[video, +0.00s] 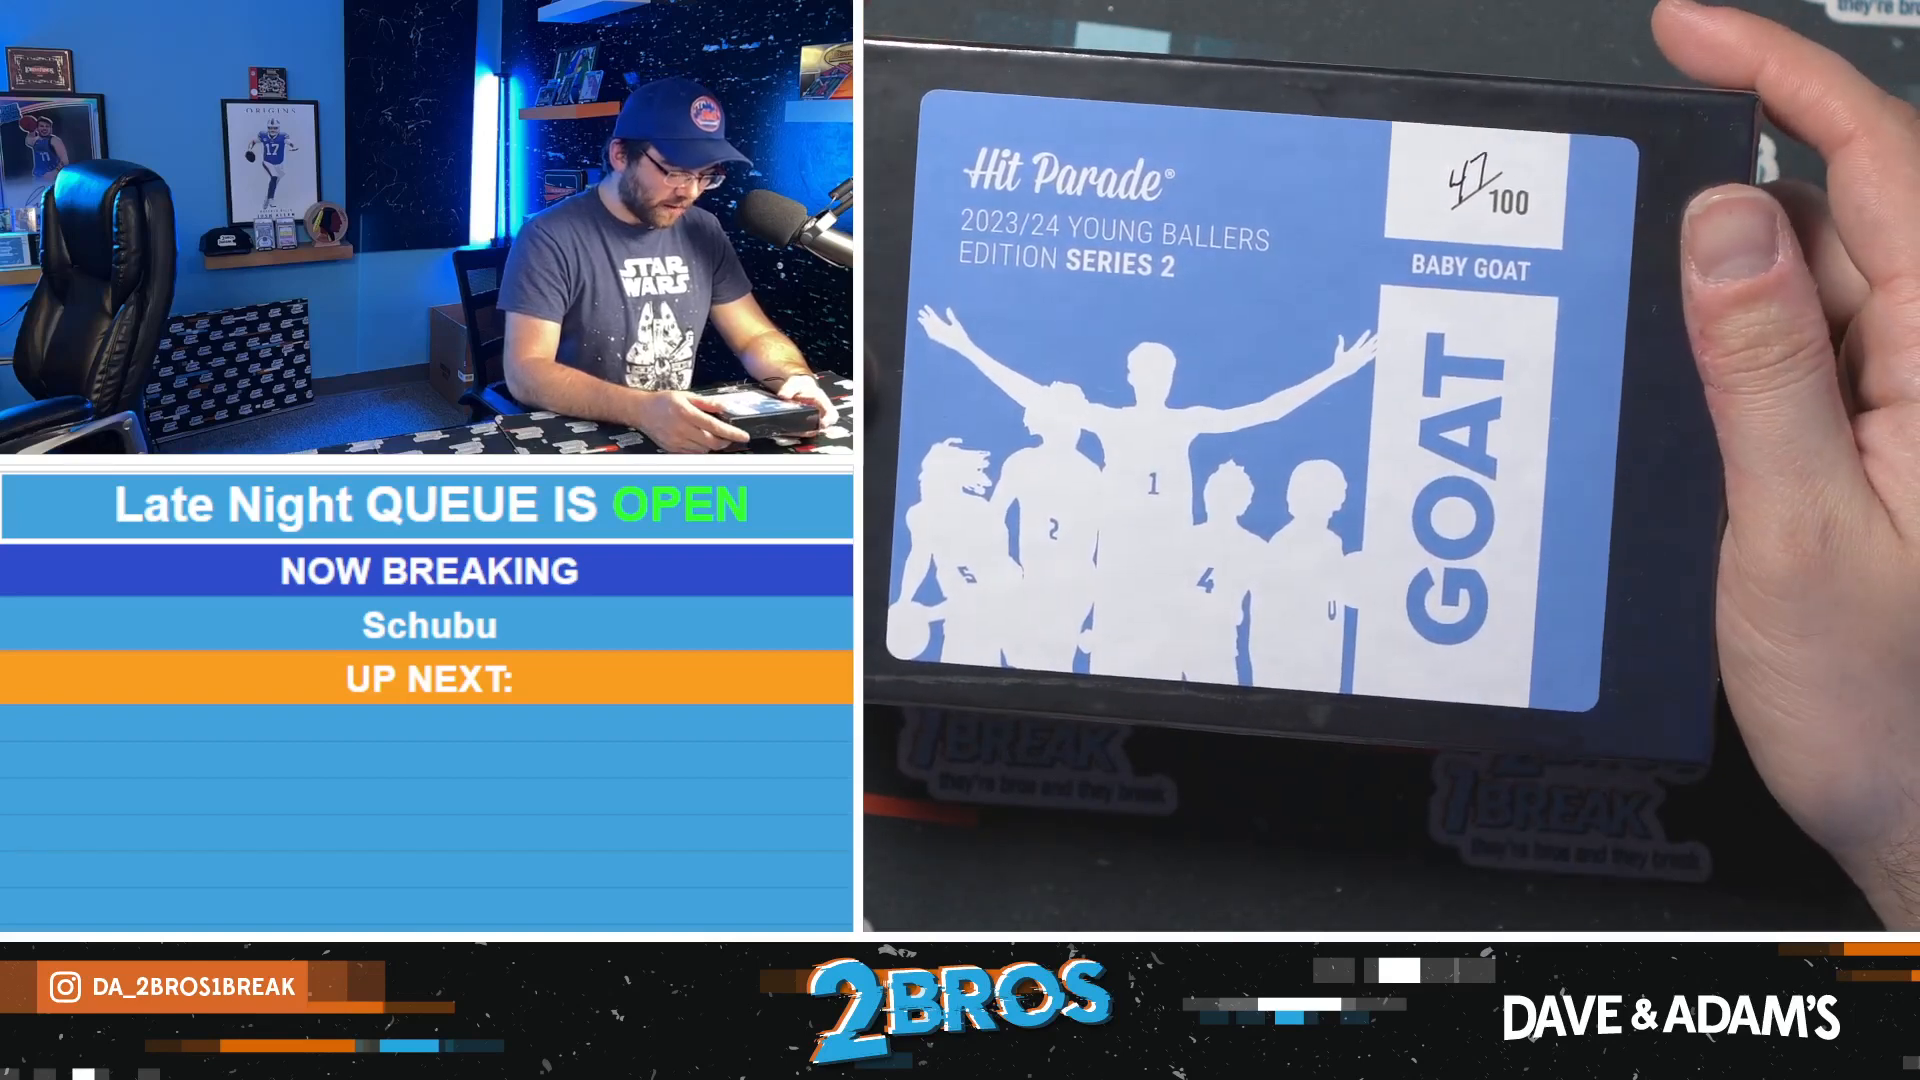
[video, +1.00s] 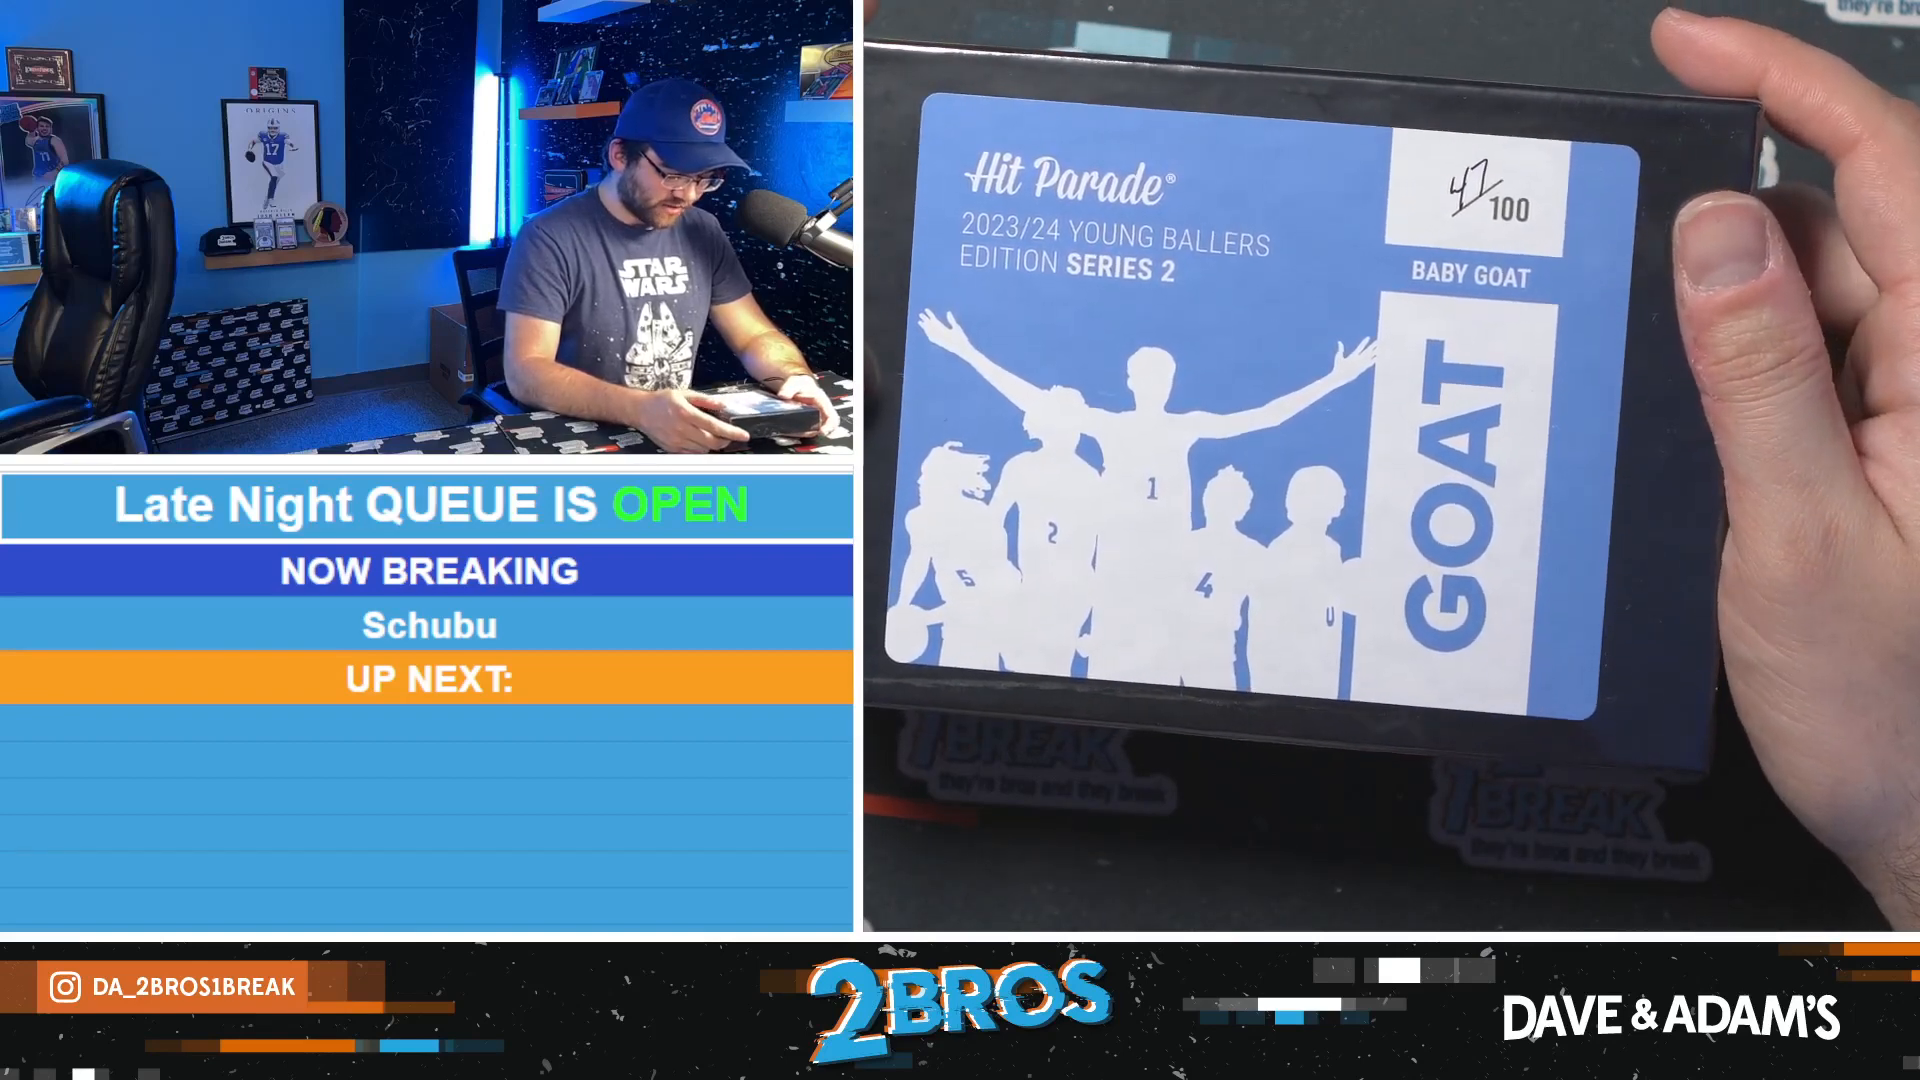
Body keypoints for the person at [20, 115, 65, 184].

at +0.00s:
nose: (44, 128)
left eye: (47, 126)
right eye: (41, 126)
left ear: (50, 128)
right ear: (37, 128)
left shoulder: (55, 140)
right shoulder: (35, 140)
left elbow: (64, 160)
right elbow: (28, 142)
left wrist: (54, 173)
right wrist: (31, 132)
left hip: (51, 177)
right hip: (37, 176)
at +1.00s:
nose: (44, 128)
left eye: (47, 126)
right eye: (41, 126)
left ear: (50, 128)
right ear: (37, 128)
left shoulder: (55, 140)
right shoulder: (35, 140)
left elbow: (64, 160)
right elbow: (28, 142)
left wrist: (54, 173)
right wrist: (31, 132)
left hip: (51, 177)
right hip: (37, 176)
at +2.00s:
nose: (44, 128)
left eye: (47, 126)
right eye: (41, 126)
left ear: (50, 128)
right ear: (37, 128)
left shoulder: (55, 140)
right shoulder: (35, 140)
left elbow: (64, 160)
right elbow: (28, 142)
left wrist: (54, 173)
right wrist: (31, 132)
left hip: (51, 177)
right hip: (37, 176)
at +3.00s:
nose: (44, 128)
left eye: (47, 126)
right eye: (41, 126)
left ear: (51, 129)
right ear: (37, 128)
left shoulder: (54, 140)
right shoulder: (35, 140)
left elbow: (64, 161)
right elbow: (28, 142)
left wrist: (54, 173)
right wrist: (31, 133)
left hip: (50, 177)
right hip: (37, 176)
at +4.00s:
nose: (44, 128)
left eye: (47, 126)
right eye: (41, 126)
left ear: (51, 129)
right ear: (37, 128)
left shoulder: (54, 140)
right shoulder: (35, 140)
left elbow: (64, 161)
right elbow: (28, 142)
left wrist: (54, 173)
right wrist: (31, 133)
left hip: (50, 177)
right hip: (37, 176)